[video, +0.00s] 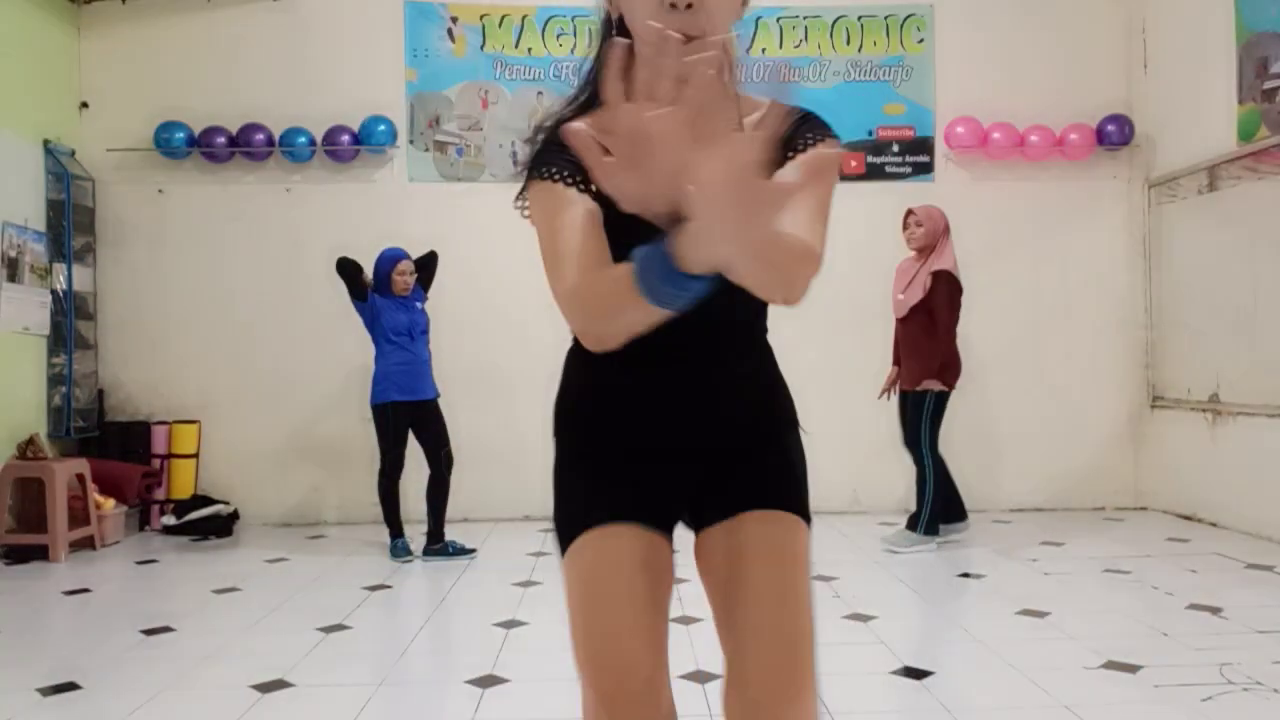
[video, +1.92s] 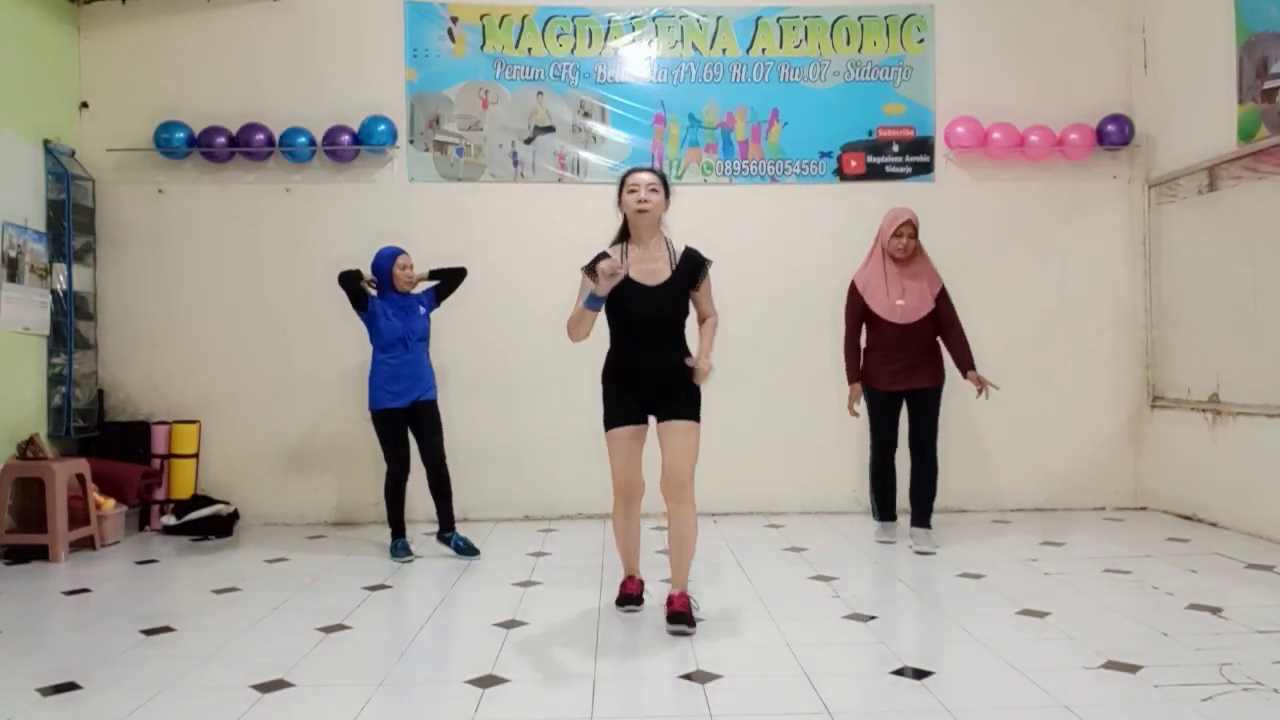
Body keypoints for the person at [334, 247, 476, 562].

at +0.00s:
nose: (408, 279)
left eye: (411, 273)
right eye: (401, 274)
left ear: (414, 276)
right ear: (386, 278)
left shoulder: (416, 299)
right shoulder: (373, 304)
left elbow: (432, 258)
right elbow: (343, 265)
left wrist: (407, 270)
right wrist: (365, 281)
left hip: (424, 396)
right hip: (390, 399)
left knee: (442, 462)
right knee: (392, 466)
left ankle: (436, 541)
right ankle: (397, 538)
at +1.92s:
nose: (411, 274)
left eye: (411, 268)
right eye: (403, 268)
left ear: (412, 274)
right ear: (386, 274)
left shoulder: (422, 302)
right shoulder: (372, 307)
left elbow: (459, 274)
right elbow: (345, 279)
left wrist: (423, 276)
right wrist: (359, 278)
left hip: (422, 396)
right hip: (386, 400)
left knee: (437, 463)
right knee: (398, 467)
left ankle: (448, 531)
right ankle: (398, 538)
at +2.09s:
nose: (407, 272)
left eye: (409, 266)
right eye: (399, 267)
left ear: (413, 272)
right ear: (384, 274)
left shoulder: (423, 301)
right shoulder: (371, 305)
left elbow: (461, 273)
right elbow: (343, 275)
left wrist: (423, 275)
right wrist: (364, 278)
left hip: (421, 394)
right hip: (385, 398)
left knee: (435, 461)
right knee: (396, 466)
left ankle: (449, 529)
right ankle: (398, 537)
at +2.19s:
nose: (405, 274)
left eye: (408, 268)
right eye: (397, 268)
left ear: (413, 273)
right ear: (383, 275)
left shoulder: (425, 302)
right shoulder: (371, 307)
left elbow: (465, 278)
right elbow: (336, 285)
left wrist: (430, 277)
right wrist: (355, 279)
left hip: (421, 396)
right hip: (385, 400)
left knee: (434, 463)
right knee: (396, 467)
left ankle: (449, 530)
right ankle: (398, 538)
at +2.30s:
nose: (404, 273)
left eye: (407, 268)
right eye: (396, 268)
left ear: (413, 273)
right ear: (383, 275)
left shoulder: (427, 302)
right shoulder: (371, 307)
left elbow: (470, 285)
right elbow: (329, 291)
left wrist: (435, 275)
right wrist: (349, 280)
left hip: (421, 397)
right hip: (385, 400)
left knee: (432, 462)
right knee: (396, 468)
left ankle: (449, 530)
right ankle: (398, 538)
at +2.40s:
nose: (404, 271)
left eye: (408, 266)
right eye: (397, 266)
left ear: (414, 270)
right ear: (384, 272)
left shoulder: (427, 301)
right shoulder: (371, 305)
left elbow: (475, 287)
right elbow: (324, 290)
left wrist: (444, 266)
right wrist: (346, 276)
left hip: (423, 395)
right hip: (386, 399)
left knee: (430, 459)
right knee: (396, 467)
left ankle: (452, 529)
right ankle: (398, 539)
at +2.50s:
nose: (404, 271)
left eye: (409, 266)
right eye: (397, 266)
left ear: (415, 271)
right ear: (385, 273)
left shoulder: (428, 302)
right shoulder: (371, 305)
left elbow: (479, 293)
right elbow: (322, 292)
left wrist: (458, 262)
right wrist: (346, 273)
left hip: (424, 395)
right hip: (388, 399)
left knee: (430, 459)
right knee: (399, 467)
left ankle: (454, 529)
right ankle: (398, 538)